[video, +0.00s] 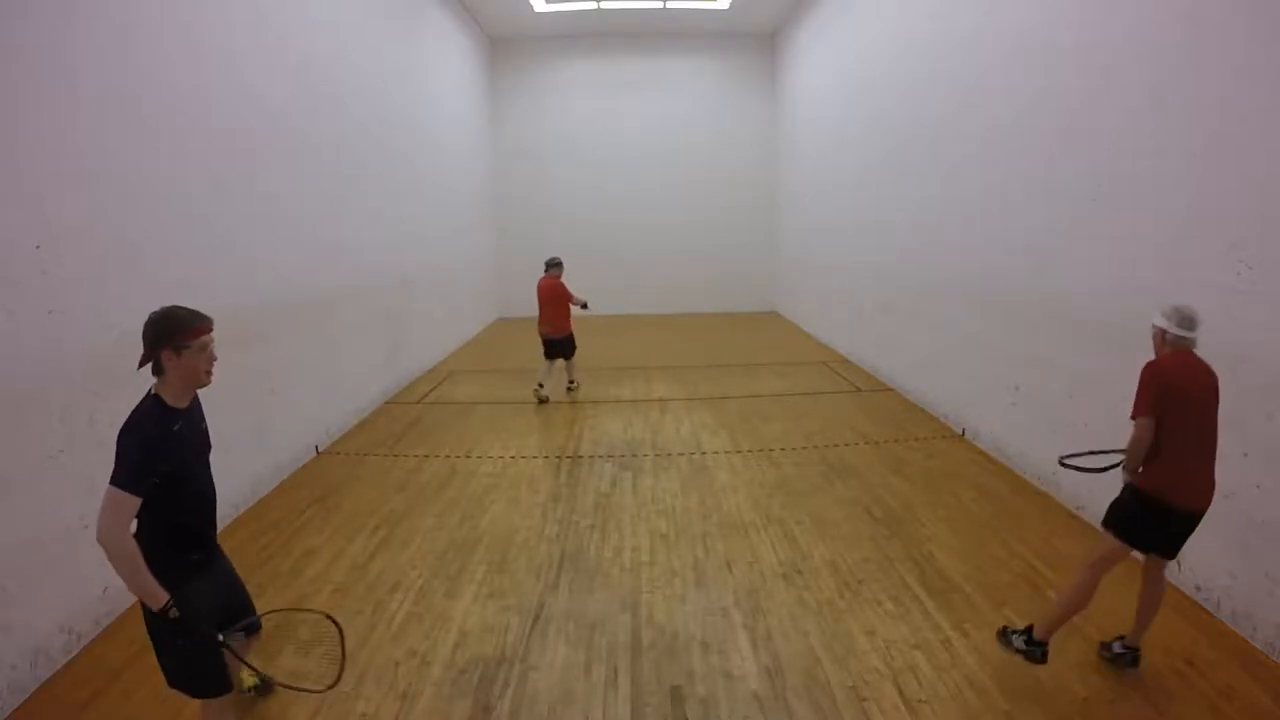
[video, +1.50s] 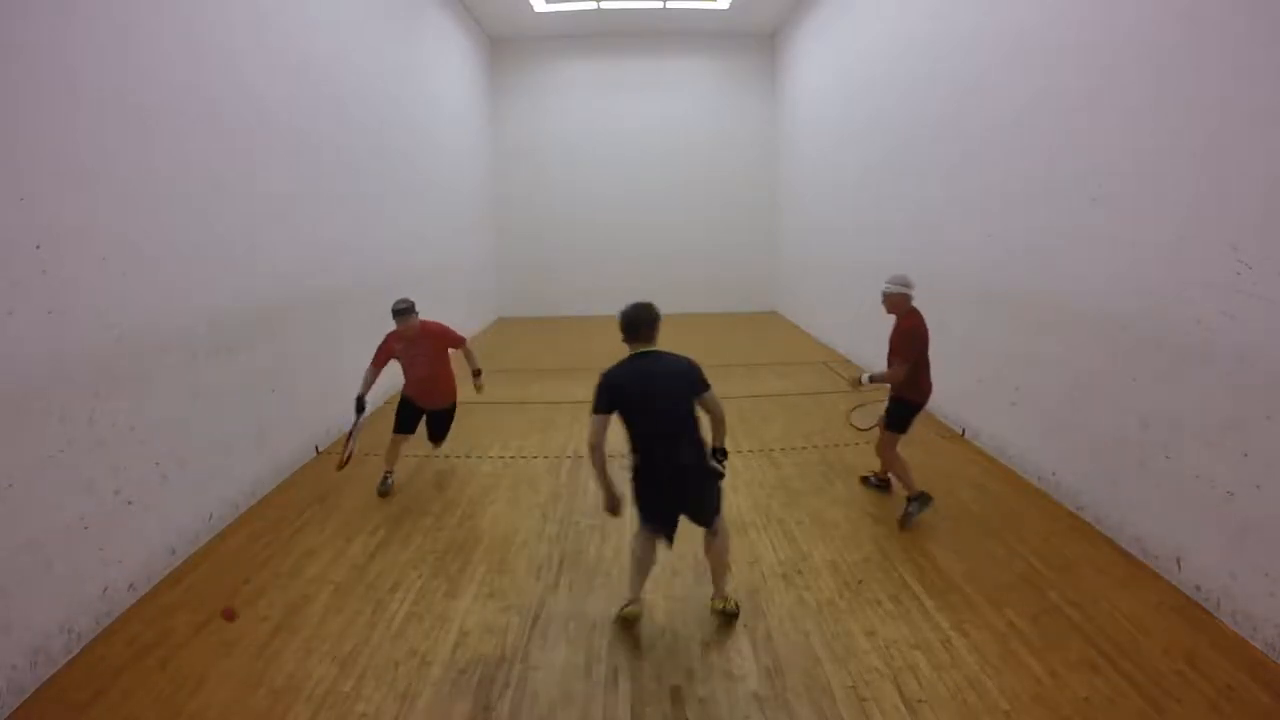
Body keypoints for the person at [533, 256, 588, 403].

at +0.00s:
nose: (561, 273)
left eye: (561, 270)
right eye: (561, 270)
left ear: (547, 269)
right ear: (558, 269)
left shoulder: (541, 283)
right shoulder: (558, 284)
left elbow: (558, 299)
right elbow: (572, 299)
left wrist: (577, 303)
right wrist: (583, 303)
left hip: (545, 331)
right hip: (562, 330)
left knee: (550, 359)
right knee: (569, 356)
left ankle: (540, 386)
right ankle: (571, 382)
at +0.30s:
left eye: (539, 266)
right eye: (550, 266)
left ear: (536, 267)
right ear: (552, 267)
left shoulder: (528, 282)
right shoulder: (558, 282)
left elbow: (517, 302)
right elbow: (568, 302)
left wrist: (522, 317)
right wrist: (565, 313)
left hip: (530, 334)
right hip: (550, 334)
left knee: (532, 363)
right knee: (556, 366)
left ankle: (534, 394)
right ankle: (558, 397)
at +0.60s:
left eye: (522, 277)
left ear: (519, 279)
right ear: (535, 279)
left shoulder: (511, 297)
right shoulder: (543, 295)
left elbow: (498, 320)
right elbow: (534, 311)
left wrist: (491, 334)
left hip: (516, 347)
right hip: (540, 346)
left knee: (499, 376)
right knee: (551, 375)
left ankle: (496, 409)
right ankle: (559, 406)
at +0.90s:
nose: (466, 287)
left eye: (468, 284)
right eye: (466, 284)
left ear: (477, 285)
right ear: (476, 285)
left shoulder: (486, 303)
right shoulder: (476, 298)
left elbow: (484, 334)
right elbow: (465, 314)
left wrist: (469, 354)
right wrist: (446, 322)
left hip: (498, 350)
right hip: (490, 347)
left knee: (475, 382)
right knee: (482, 383)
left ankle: (489, 413)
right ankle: (485, 410)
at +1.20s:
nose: (427, 312)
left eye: (427, 308)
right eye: (427, 308)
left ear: (427, 305)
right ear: (445, 302)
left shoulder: (430, 321)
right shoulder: (461, 314)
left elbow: (428, 348)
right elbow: (483, 321)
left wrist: (423, 370)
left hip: (447, 370)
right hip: (471, 366)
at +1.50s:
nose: (404, 326)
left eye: (407, 321)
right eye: (399, 322)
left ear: (416, 316)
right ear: (395, 322)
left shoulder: (435, 331)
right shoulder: (393, 341)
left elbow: (463, 345)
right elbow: (375, 368)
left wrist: (476, 372)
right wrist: (361, 396)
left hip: (442, 398)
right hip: (412, 396)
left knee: (436, 441)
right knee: (398, 437)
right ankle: (387, 476)